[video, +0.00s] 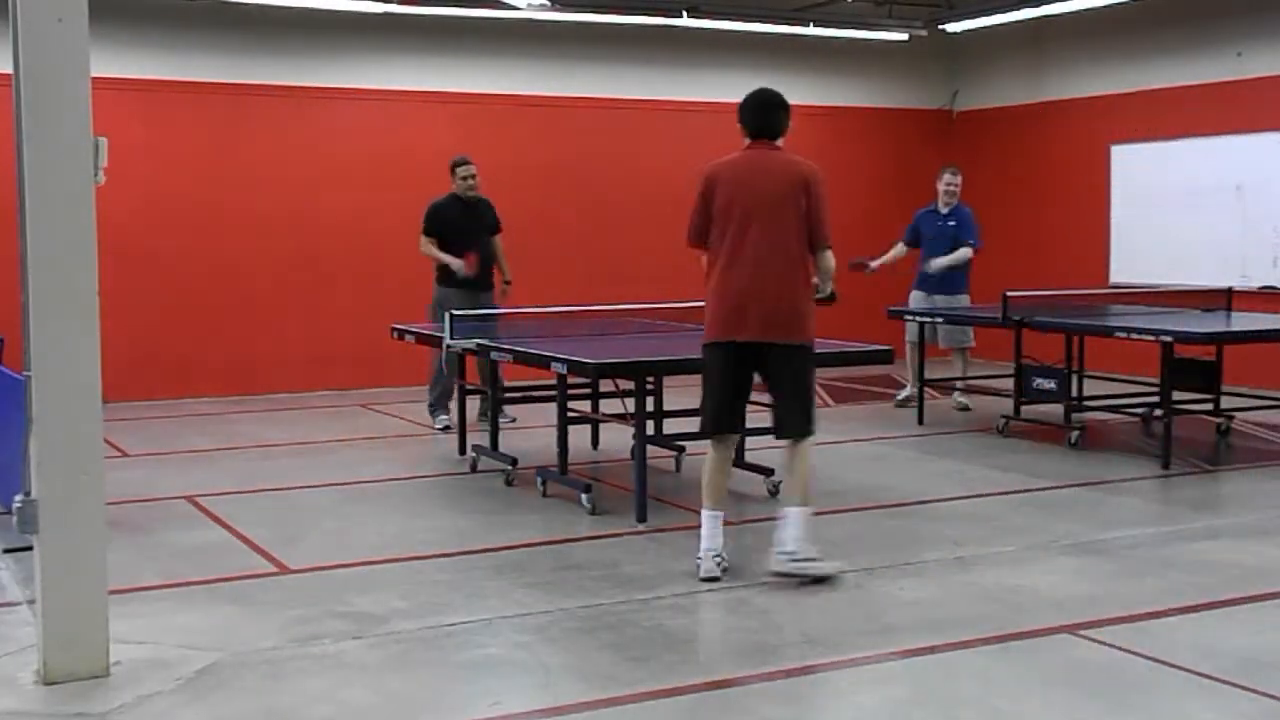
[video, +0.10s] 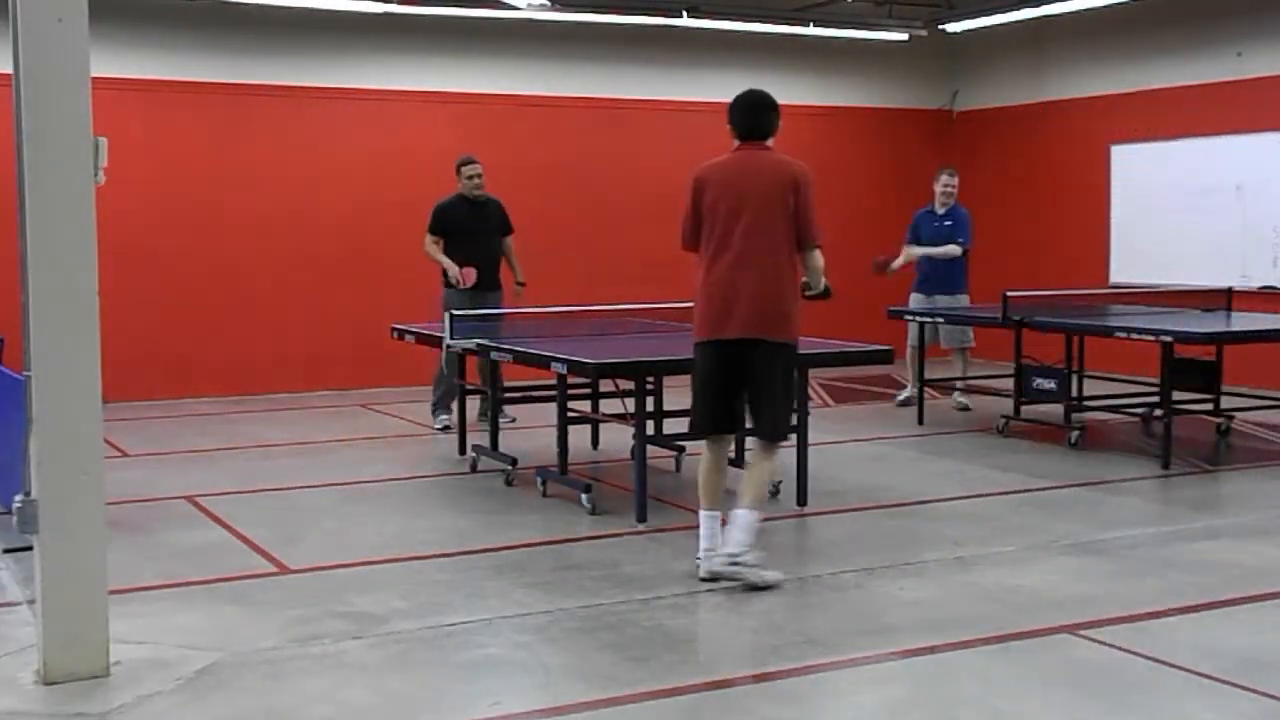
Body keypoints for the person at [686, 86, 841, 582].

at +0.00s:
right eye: (785, 121)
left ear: (742, 126)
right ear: (786, 126)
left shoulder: (718, 174)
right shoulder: (804, 175)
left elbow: (700, 242)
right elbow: (823, 256)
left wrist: (732, 267)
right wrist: (826, 285)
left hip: (726, 325)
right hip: (787, 325)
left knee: (721, 440)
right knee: (797, 438)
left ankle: (710, 552)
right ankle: (790, 547)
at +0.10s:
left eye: (736, 121)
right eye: (773, 122)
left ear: (731, 127)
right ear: (775, 127)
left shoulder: (707, 175)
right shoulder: (793, 174)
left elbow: (691, 240)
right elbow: (809, 248)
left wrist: (733, 252)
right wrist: (817, 280)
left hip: (714, 325)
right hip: (772, 326)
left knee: (715, 440)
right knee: (766, 446)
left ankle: (708, 553)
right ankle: (737, 549)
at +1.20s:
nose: (741, 147)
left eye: (739, 139)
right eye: (740, 139)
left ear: (692, 139)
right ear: (730, 140)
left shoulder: (658, 185)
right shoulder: (741, 183)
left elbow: (647, 258)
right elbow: (766, 260)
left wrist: (682, 288)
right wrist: (791, 284)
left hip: (669, 341)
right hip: (723, 340)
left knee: (686, 444)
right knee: (735, 457)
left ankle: (676, 554)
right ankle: (698, 566)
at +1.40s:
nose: (728, 145)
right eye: (729, 138)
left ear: (680, 140)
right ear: (725, 141)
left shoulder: (655, 188)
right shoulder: (744, 187)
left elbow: (627, 275)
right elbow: (756, 265)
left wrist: (624, 287)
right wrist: (730, 296)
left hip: (679, 341)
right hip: (736, 341)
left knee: (687, 446)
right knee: (739, 456)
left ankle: (675, 554)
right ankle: (698, 564)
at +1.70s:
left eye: (689, 137)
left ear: (690, 142)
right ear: (735, 141)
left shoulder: (672, 192)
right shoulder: (761, 189)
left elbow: (636, 272)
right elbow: (772, 267)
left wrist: (591, 338)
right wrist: (740, 307)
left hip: (699, 345)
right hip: (762, 343)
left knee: (695, 444)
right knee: (787, 450)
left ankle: (678, 551)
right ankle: (782, 558)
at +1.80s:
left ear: (704, 145)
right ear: (748, 143)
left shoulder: (686, 195)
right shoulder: (773, 193)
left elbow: (660, 276)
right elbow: (786, 273)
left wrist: (631, 353)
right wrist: (761, 323)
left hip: (710, 352)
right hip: (774, 349)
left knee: (699, 446)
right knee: (805, 456)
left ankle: (679, 551)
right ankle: (831, 563)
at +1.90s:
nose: (722, 152)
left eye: (721, 145)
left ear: (722, 150)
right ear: (766, 149)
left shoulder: (708, 199)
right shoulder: (793, 199)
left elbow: (702, 276)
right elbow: (804, 282)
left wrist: (684, 356)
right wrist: (782, 333)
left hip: (727, 354)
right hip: (792, 356)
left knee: (706, 445)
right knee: (823, 463)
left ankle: (679, 551)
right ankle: (873, 570)